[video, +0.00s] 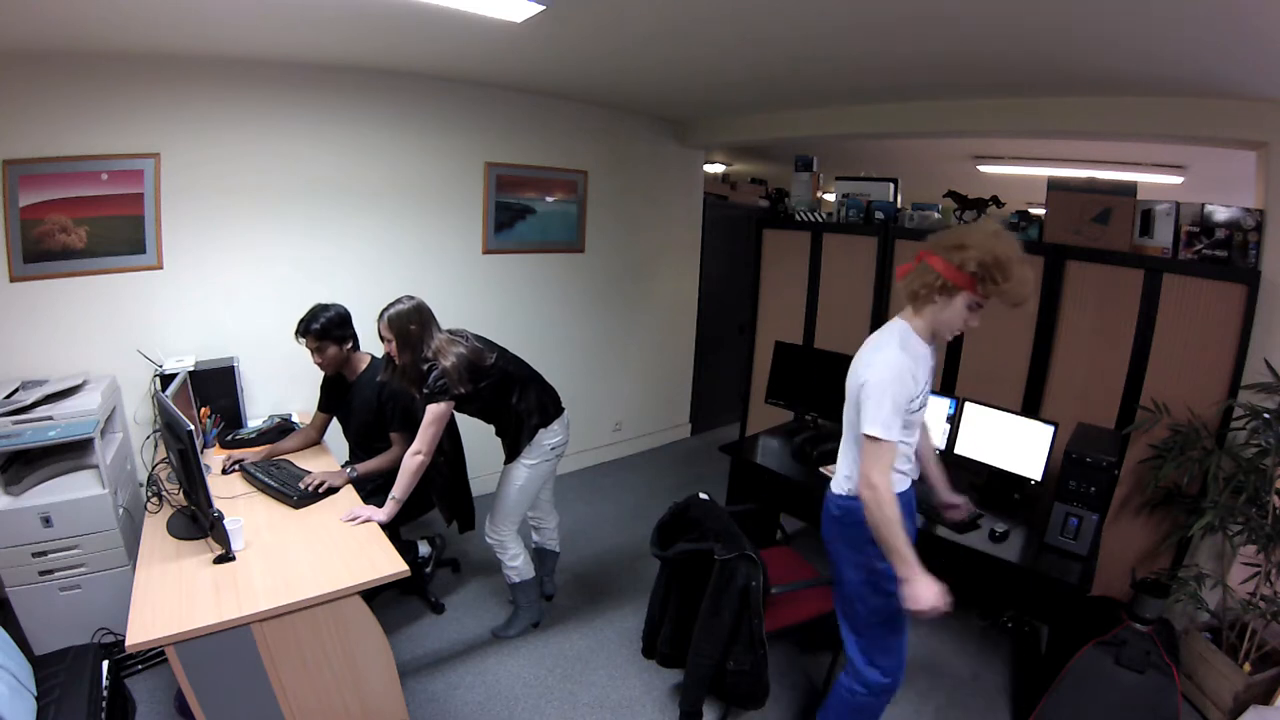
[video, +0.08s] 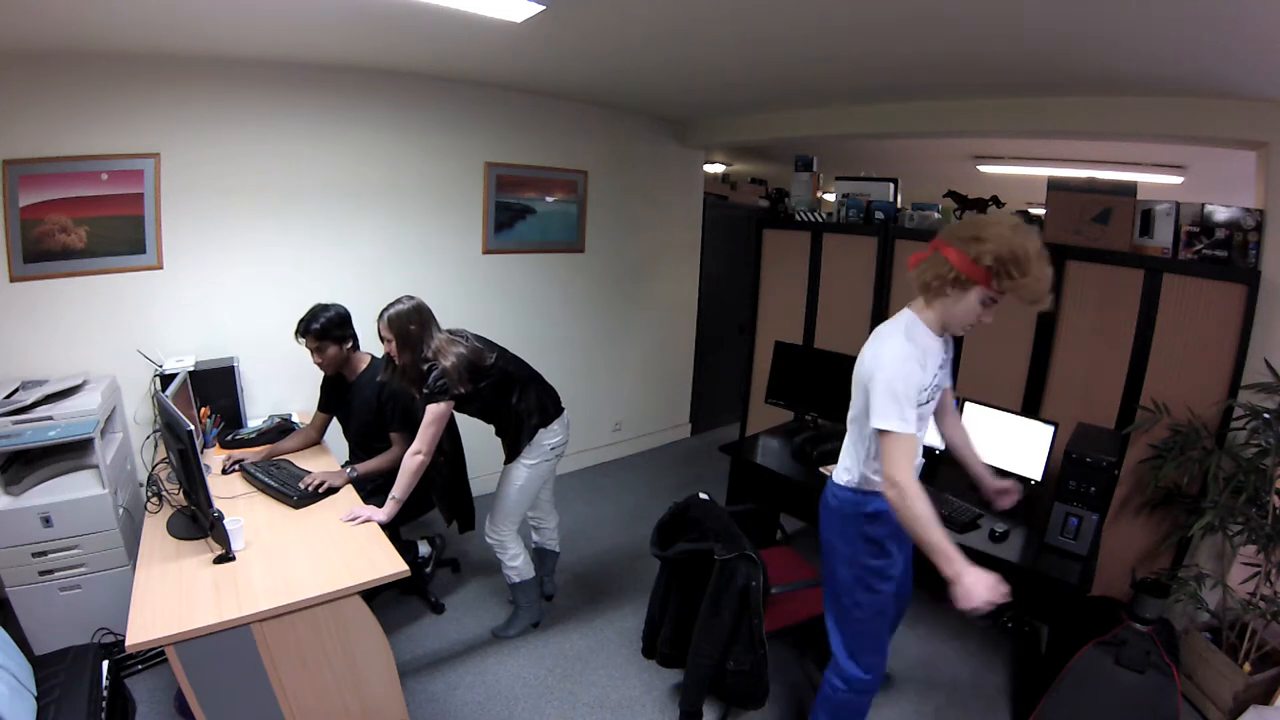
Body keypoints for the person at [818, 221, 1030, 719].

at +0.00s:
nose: (975, 322)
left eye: (980, 310)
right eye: (974, 307)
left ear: (946, 296)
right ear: (943, 291)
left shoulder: (919, 346)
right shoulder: (890, 362)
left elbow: (914, 425)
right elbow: (872, 486)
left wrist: (941, 491)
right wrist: (912, 574)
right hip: (861, 514)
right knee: (877, 669)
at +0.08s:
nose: (987, 318)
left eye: (994, 307)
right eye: (987, 302)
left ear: (960, 288)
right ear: (954, 282)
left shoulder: (935, 339)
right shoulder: (898, 354)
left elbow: (946, 415)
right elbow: (897, 481)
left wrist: (985, 479)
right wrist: (960, 571)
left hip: (892, 501)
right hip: (860, 509)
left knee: (887, 600)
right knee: (856, 664)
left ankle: (865, 665)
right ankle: (838, 709)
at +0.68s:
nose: (999, 333)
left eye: (1006, 322)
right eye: (998, 319)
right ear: (964, 296)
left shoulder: (962, 348)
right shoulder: (906, 360)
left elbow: (976, 423)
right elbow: (904, 497)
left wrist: (1018, 491)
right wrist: (941, 598)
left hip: (932, 518)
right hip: (889, 529)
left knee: (910, 634)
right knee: (873, 689)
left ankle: (882, 698)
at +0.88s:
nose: (1002, 322)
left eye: (1008, 311)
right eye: (1000, 308)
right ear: (969, 287)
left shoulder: (964, 338)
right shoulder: (908, 353)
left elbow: (975, 415)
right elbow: (908, 486)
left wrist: (1013, 484)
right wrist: (953, 587)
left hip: (939, 506)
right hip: (897, 517)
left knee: (909, 615)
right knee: (867, 651)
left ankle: (876, 688)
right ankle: (834, 712)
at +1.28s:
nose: (1003, 327)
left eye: (1009, 316)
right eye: (1002, 314)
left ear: (985, 295)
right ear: (978, 292)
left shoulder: (963, 338)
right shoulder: (908, 353)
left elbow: (967, 418)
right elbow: (899, 484)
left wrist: (992, 493)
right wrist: (921, 585)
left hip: (945, 506)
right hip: (905, 515)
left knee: (914, 612)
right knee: (875, 643)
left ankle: (876, 688)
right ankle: (837, 712)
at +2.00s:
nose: (998, 331)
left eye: (1005, 320)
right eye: (997, 318)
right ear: (969, 296)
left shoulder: (964, 343)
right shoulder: (906, 355)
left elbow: (977, 422)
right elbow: (911, 487)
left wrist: (1019, 494)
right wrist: (952, 588)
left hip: (940, 514)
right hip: (897, 527)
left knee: (914, 627)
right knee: (875, 681)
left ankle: (880, 698)